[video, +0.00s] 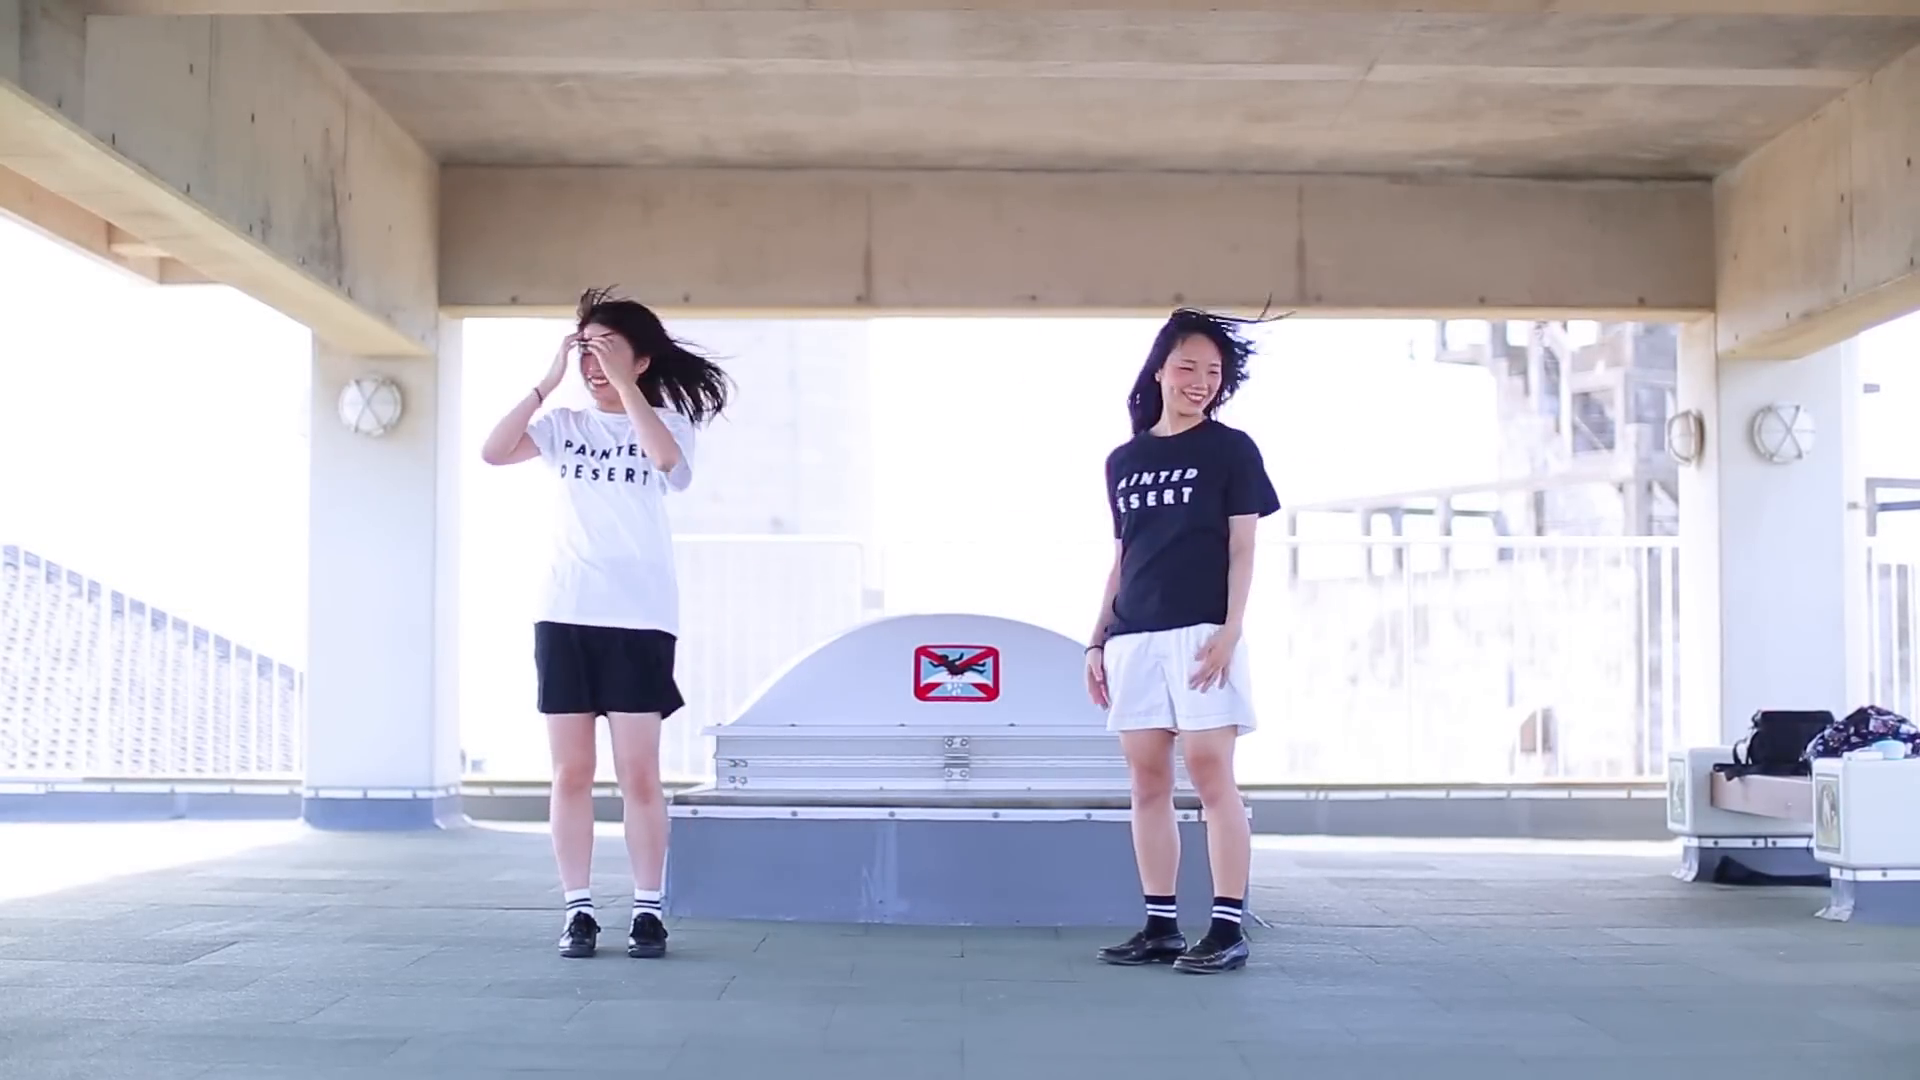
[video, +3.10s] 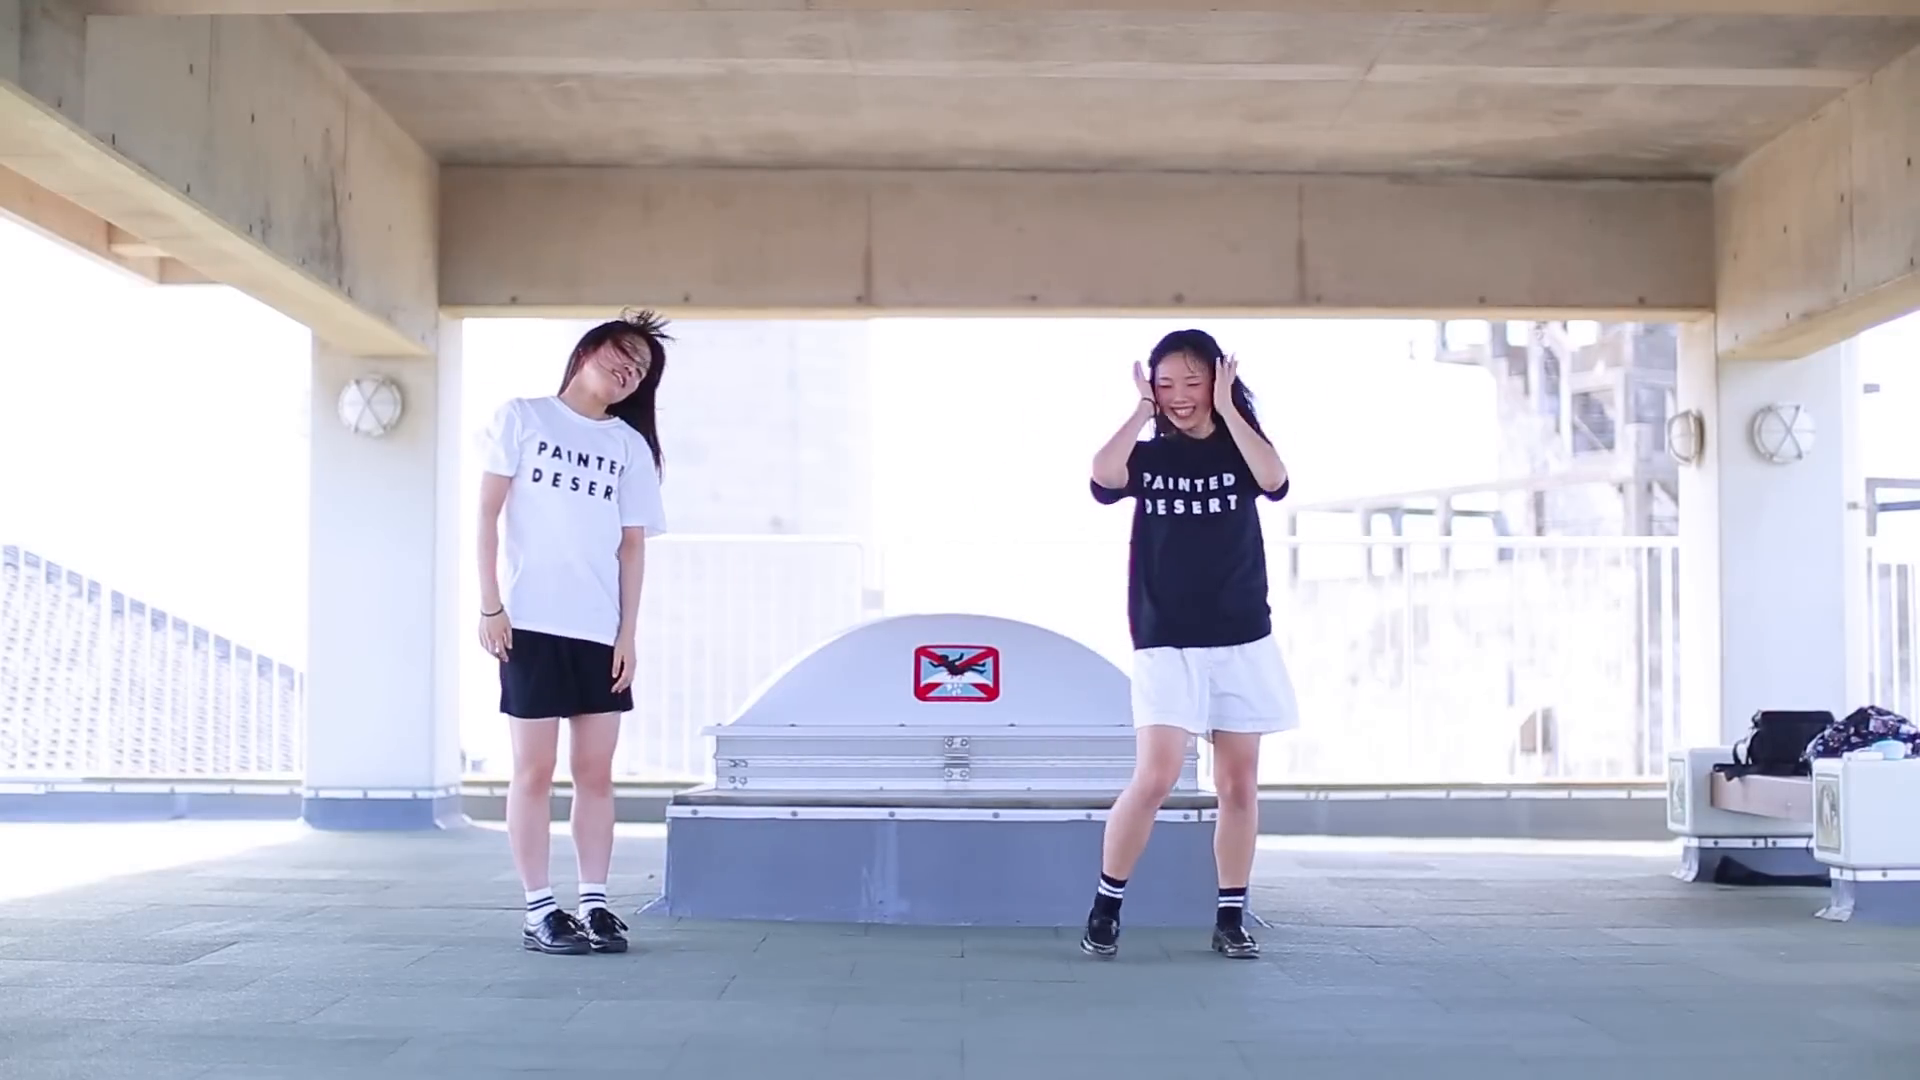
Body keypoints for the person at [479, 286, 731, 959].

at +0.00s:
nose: (593, 363)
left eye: (607, 351)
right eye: (584, 351)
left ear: (644, 359)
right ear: (577, 361)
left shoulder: (667, 420)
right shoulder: (564, 423)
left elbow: (667, 459)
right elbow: (495, 451)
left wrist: (625, 381)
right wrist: (546, 383)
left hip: (641, 620)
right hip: (566, 617)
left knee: (638, 776)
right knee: (572, 774)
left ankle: (647, 908)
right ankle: (577, 910)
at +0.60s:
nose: (610, 355)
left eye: (619, 343)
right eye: (594, 345)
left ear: (635, 355)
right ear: (570, 362)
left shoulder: (663, 425)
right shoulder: (554, 423)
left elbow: (712, 498)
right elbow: (474, 438)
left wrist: (704, 418)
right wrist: (530, 375)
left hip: (645, 617)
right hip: (568, 617)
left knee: (645, 776)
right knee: (574, 775)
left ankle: (651, 907)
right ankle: (579, 910)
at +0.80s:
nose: (614, 349)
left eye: (623, 339)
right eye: (598, 339)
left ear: (633, 352)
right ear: (568, 353)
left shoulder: (655, 427)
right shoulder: (547, 417)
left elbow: (689, 516)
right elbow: (485, 457)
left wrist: (721, 485)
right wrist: (500, 392)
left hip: (641, 619)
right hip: (565, 618)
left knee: (642, 772)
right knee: (573, 773)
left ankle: (649, 906)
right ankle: (579, 909)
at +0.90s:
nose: (618, 351)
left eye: (624, 340)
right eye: (601, 339)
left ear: (631, 354)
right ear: (568, 354)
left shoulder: (648, 431)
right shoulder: (542, 426)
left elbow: (673, 516)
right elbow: (504, 500)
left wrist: (710, 534)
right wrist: (501, 428)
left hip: (635, 623)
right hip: (560, 622)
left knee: (641, 772)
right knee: (569, 774)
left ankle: (648, 905)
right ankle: (579, 909)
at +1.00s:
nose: (619, 350)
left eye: (624, 341)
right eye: (603, 340)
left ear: (630, 355)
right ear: (569, 354)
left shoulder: (645, 433)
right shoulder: (542, 432)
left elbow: (662, 524)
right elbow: (527, 535)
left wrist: (689, 597)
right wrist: (526, 493)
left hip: (631, 622)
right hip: (558, 621)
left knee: (647, 771)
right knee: (567, 773)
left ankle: (636, 907)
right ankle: (578, 910)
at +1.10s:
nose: (620, 352)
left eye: (625, 342)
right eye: (605, 341)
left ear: (631, 356)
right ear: (573, 354)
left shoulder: (643, 437)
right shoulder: (542, 430)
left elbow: (652, 536)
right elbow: (523, 523)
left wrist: (653, 626)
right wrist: (538, 568)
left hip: (625, 626)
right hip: (559, 622)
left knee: (648, 766)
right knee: (567, 772)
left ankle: (619, 892)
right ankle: (577, 905)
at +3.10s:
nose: (625, 367)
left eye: (637, 367)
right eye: (619, 351)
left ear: (636, 384)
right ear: (588, 348)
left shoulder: (631, 446)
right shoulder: (523, 416)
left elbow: (632, 544)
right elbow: (487, 515)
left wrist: (628, 631)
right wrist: (491, 605)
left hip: (602, 629)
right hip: (532, 622)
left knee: (596, 773)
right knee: (535, 772)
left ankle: (594, 906)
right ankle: (541, 911)